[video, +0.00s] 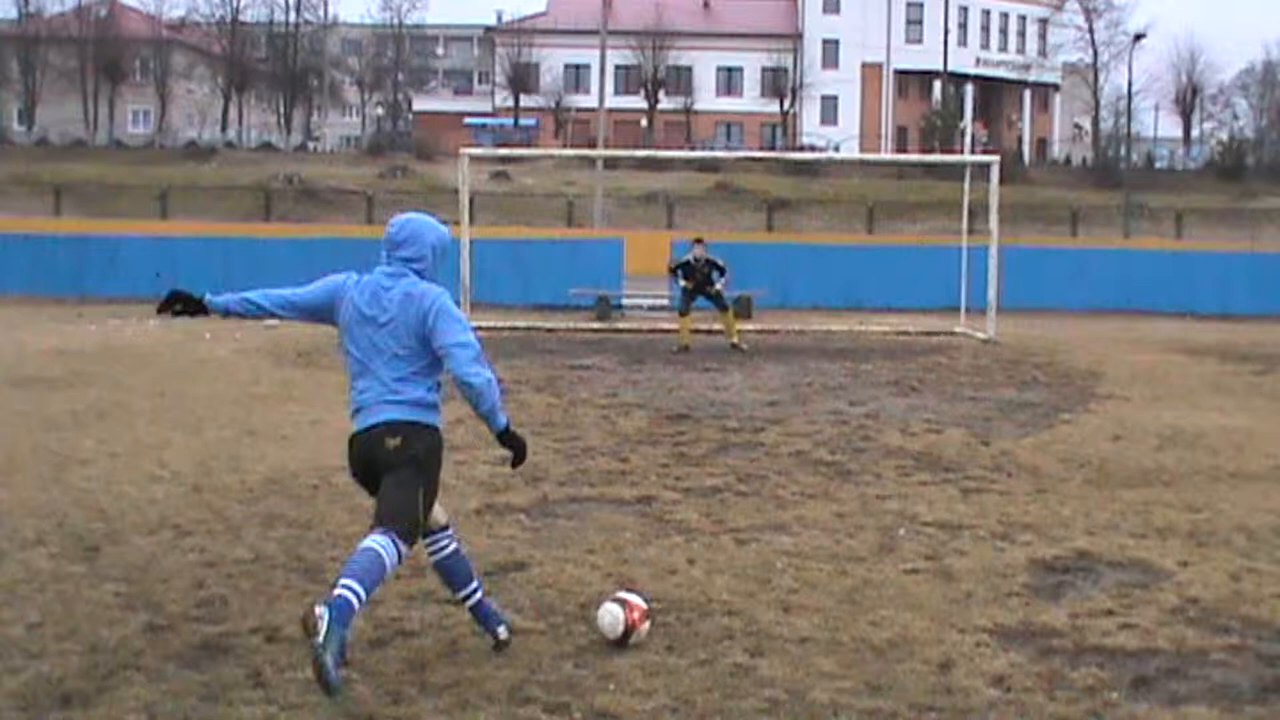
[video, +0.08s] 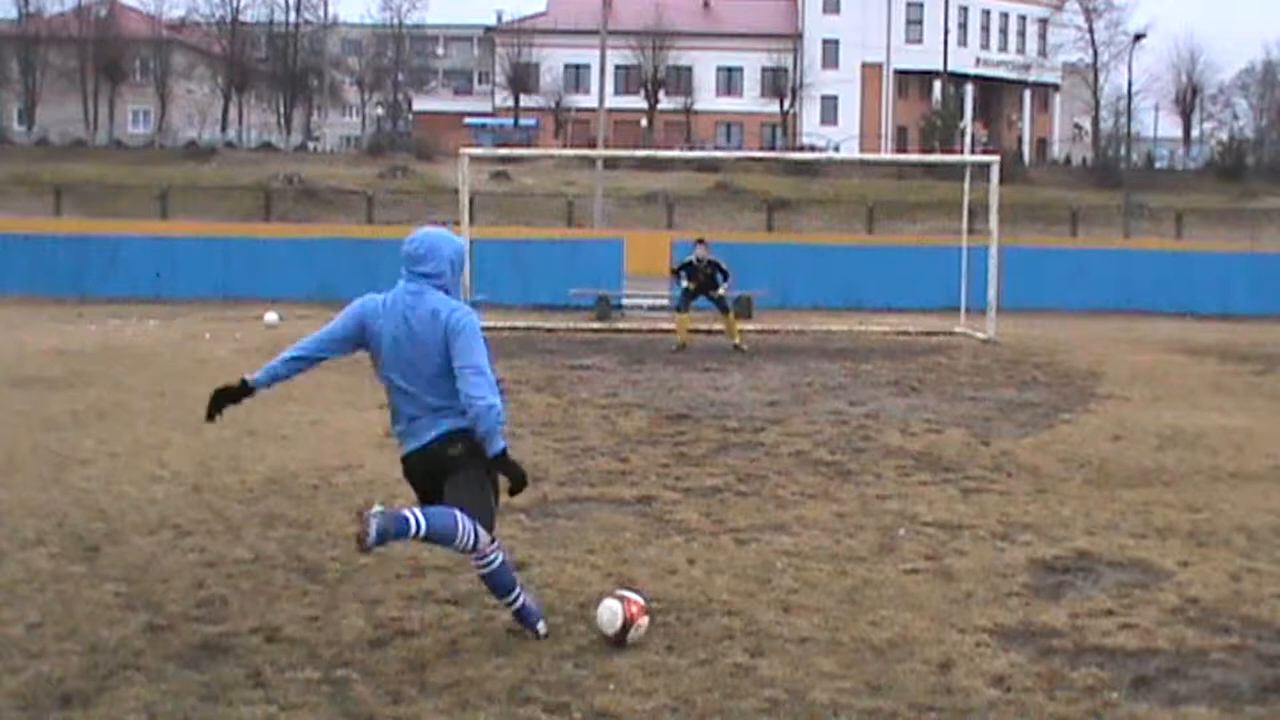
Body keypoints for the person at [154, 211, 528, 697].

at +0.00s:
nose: (440, 263)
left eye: (438, 255)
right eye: (439, 256)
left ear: (390, 249)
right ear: (428, 256)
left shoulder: (351, 289)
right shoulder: (432, 299)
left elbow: (280, 301)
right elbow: (467, 367)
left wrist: (209, 303)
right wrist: (502, 427)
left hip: (363, 442)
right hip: (414, 437)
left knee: (432, 523)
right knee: (393, 536)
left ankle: (490, 620)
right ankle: (336, 614)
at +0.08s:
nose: (461, 274)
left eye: (459, 265)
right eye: (459, 266)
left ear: (410, 264)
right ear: (449, 270)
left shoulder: (372, 309)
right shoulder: (457, 317)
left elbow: (309, 351)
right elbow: (477, 392)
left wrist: (249, 385)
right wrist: (501, 453)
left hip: (416, 456)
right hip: (461, 443)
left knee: (480, 542)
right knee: (475, 532)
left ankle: (529, 615)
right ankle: (393, 524)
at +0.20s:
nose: (477, 266)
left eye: (473, 259)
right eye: (475, 260)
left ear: (426, 261)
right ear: (468, 262)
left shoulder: (398, 320)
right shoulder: (479, 309)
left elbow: (398, 396)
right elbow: (494, 380)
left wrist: (406, 450)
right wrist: (505, 438)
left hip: (448, 450)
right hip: (499, 439)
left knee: (503, 523)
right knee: (564, 509)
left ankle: (543, 613)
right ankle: (571, 597)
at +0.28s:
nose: (486, 243)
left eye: (484, 237)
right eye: (484, 237)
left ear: (434, 240)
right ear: (476, 239)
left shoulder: (412, 294)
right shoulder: (490, 282)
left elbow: (443, 352)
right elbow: (527, 345)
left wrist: (503, 367)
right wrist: (564, 394)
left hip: (449, 426)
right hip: (499, 412)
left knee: (500, 511)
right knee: (549, 478)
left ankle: (540, 609)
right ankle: (602, 504)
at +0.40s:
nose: (506, 222)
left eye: (503, 215)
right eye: (502, 215)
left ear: (454, 217)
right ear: (492, 218)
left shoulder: (427, 260)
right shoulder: (503, 258)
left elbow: (484, 273)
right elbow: (567, 293)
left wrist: (541, 257)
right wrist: (634, 310)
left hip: (452, 393)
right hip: (504, 381)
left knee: (499, 492)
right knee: (505, 310)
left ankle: (533, 596)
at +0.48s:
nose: (504, 216)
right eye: (502, 209)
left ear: (455, 208)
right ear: (496, 210)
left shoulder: (427, 249)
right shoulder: (510, 248)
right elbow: (574, 271)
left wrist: (523, 251)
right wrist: (636, 275)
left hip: (460, 383)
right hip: (511, 370)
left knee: (501, 482)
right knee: (514, 330)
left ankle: (532, 586)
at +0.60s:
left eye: (454, 209)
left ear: (454, 213)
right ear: (496, 214)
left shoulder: (433, 258)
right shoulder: (516, 251)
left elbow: (435, 296)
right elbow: (574, 263)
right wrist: (621, 251)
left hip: (477, 386)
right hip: (522, 371)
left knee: (496, 488)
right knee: (472, 353)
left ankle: (515, 584)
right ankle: (434, 376)